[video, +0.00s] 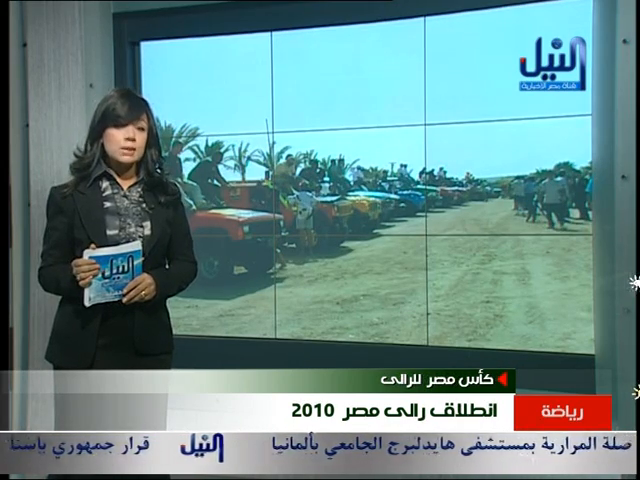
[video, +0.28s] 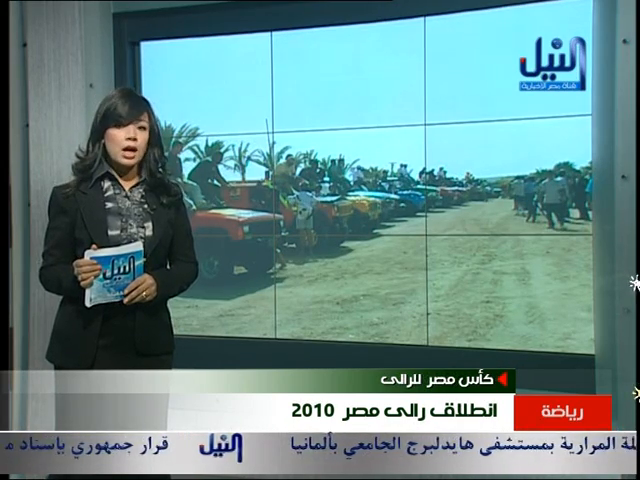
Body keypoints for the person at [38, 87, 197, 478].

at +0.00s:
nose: (130, 136)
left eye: (139, 128)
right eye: (120, 127)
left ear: (149, 137)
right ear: (101, 134)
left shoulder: (166, 195)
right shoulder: (67, 197)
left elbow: (186, 265)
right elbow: (48, 272)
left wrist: (159, 281)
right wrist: (73, 274)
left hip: (147, 348)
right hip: (82, 348)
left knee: (145, 452)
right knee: (79, 452)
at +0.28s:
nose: (131, 135)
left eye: (140, 127)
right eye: (121, 126)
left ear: (150, 137)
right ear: (102, 135)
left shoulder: (168, 197)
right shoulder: (69, 197)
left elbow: (187, 266)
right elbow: (49, 271)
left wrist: (159, 282)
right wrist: (74, 274)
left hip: (148, 348)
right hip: (83, 348)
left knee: (147, 451)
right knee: (80, 452)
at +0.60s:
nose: (128, 134)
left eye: (137, 126)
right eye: (118, 125)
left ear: (149, 136)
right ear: (101, 136)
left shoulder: (169, 197)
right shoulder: (71, 197)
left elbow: (188, 266)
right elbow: (51, 272)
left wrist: (161, 282)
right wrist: (76, 275)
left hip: (149, 349)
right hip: (84, 349)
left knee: (148, 452)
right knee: (81, 452)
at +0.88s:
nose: (125, 137)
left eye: (134, 127)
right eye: (114, 128)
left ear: (148, 135)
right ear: (100, 138)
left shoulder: (170, 196)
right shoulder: (72, 197)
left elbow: (189, 267)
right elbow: (52, 272)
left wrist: (162, 282)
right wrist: (77, 275)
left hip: (150, 347)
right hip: (86, 347)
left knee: (149, 451)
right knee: (83, 451)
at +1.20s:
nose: (124, 139)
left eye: (134, 129)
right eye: (113, 130)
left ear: (148, 136)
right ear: (99, 139)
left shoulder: (170, 196)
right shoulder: (72, 198)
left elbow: (190, 267)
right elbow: (53, 273)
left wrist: (163, 282)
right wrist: (77, 275)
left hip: (151, 348)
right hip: (87, 349)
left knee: (150, 452)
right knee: (84, 453)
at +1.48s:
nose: (123, 140)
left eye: (133, 129)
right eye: (113, 131)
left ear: (147, 136)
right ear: (99, 139)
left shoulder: (170, 196)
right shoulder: (72, 198)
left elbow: (191, 267)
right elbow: (53, 274)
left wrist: (161, 282)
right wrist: (74, 275)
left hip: (151, 348)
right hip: (87, 349)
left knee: (151, 452)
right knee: (84, 453)